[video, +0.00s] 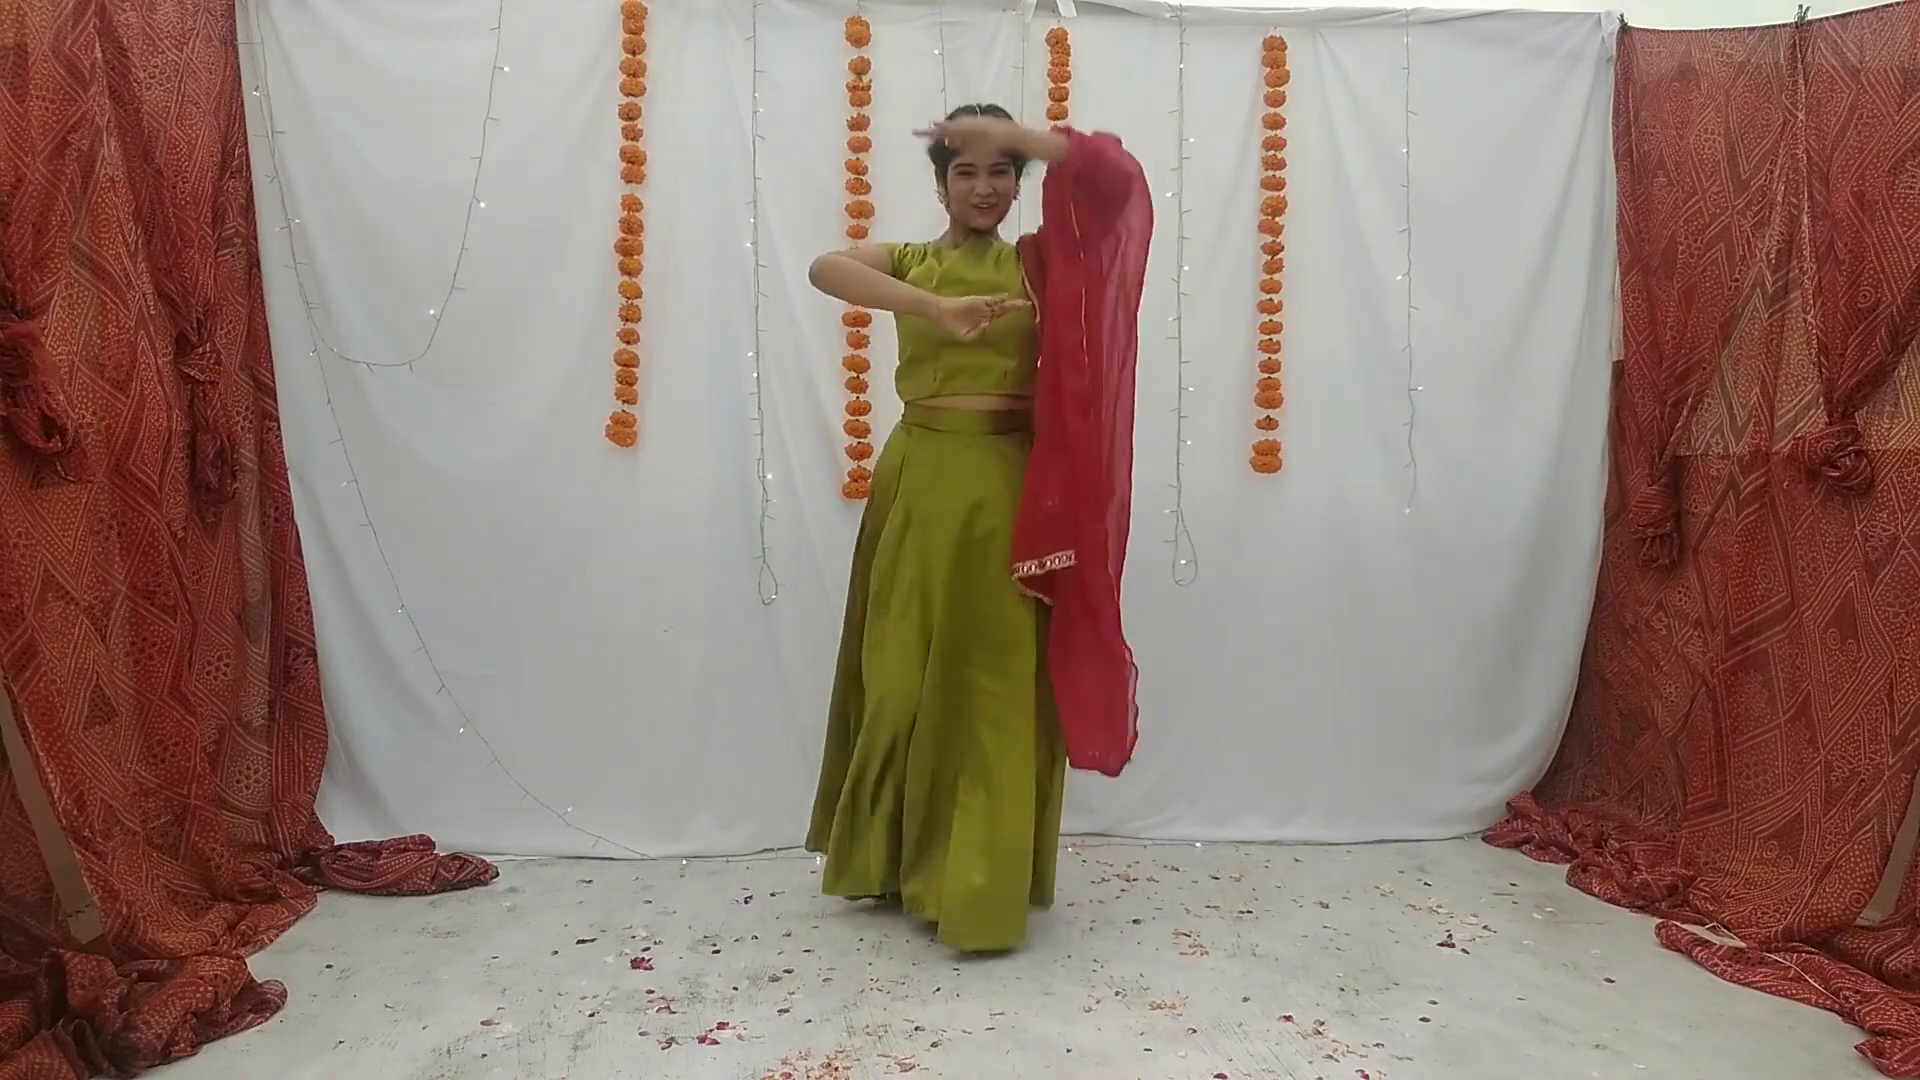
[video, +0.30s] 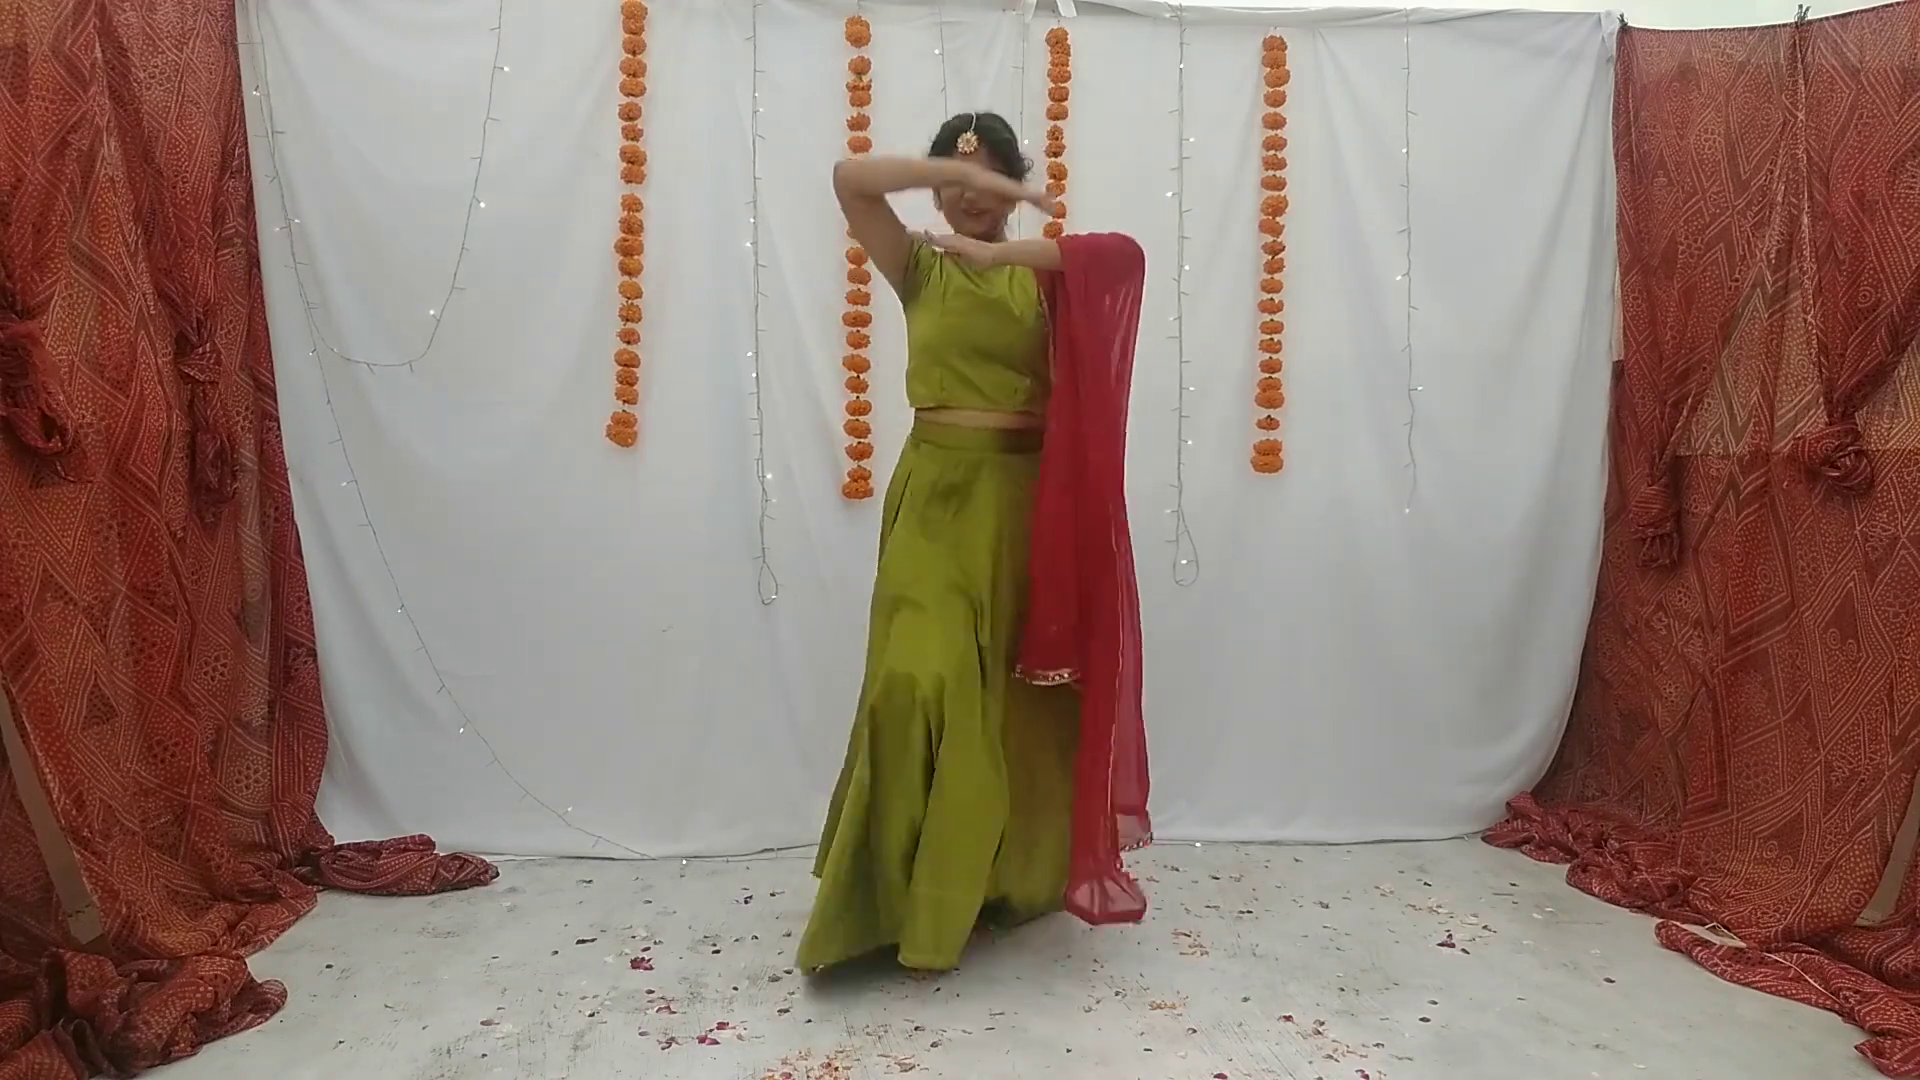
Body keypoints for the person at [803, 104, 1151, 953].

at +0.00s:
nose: (985, 186)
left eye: (1001, 171)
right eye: (969, 168)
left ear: (1020, 181)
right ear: (943, 176)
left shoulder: (1043, 262)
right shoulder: (912, 263)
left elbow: (1118, 178)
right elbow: (828, 270)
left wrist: (1020, 133)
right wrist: (930, 305)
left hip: (1012, 485)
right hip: (922, 483)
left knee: (1002, 683)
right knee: (905, 678)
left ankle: (985, 885)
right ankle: (899, 862)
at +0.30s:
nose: (976, 198)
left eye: (989, 184)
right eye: (961, 185)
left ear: (1013, 192)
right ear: (944, 191)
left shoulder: (1043, 270)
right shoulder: (919, 268)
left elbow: (1126, 262)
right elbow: (853, 179)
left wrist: (998, 239)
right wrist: (957, 169)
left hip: (1025, 493)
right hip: (932, 490)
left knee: (1014, 692)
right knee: (917, 680)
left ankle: (1010, 880)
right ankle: (917, 904)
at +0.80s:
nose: (1013, 218)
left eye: (1023, 201)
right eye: (993, 202)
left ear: (1049, 205)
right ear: (966, 206)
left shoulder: (1085, 287)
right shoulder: (942, 291)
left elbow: (1157, 216)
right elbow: (841, 259)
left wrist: (1037, 179)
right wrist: (966, 243)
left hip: (1058, 515)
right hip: (956, 508)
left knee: (1062, 728)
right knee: (944, 722)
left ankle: (1064, 904)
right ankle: (928, 945)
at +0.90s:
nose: (1019, 174)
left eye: (1037, 160)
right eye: (1001, 158)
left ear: (1059, 176)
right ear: (975, 171)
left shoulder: (1089, 264)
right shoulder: (948, 271)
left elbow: (1163, 158)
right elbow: (841, 256)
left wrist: (1054, 119)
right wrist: (956, 265)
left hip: (1060, 496)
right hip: (959, 491)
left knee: (1066, 715)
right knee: (950, 713)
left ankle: (1083, 932)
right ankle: (933, 938)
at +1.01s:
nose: (1032, 144)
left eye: (1050, 127)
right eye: (1014, 126)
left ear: (1074, 138)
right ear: (985, 133)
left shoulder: (1099, 225)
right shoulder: (951, 226)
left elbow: (1162, 94)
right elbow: (848, 219)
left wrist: (1045, 42)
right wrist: (971, 246)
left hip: (1070, 474)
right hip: (967, 470)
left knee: (1071, 697)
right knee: (965, 694)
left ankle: (1074, 933)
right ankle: (973, 930)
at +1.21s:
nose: (1030, 95)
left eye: (1047, 80)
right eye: (1011, 81)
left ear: (1077, 98)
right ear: (985, 101)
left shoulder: (1113, 194)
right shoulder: (954, 205)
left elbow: (1181, 98)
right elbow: (841, 151)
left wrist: (1149, 15)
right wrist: (961, 136)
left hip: (1087, 452)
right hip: (977, 446)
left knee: (1071, 696)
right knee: (971, 694)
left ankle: (1070, 937)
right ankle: (964, 942)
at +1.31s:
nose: (1020, 102)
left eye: (1036, 87)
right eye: (1000, 90)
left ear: (1063, 111)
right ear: (977, 118)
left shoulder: (1114, 209)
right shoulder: (951, 228)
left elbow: (1207, 124)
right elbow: (824, 226)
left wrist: (1115, 50)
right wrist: (931, 169)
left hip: (1089, 467)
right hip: (978, 466)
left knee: (1071, 712)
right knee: (970, 711)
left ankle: (1063, 956)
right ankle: (967, 959)